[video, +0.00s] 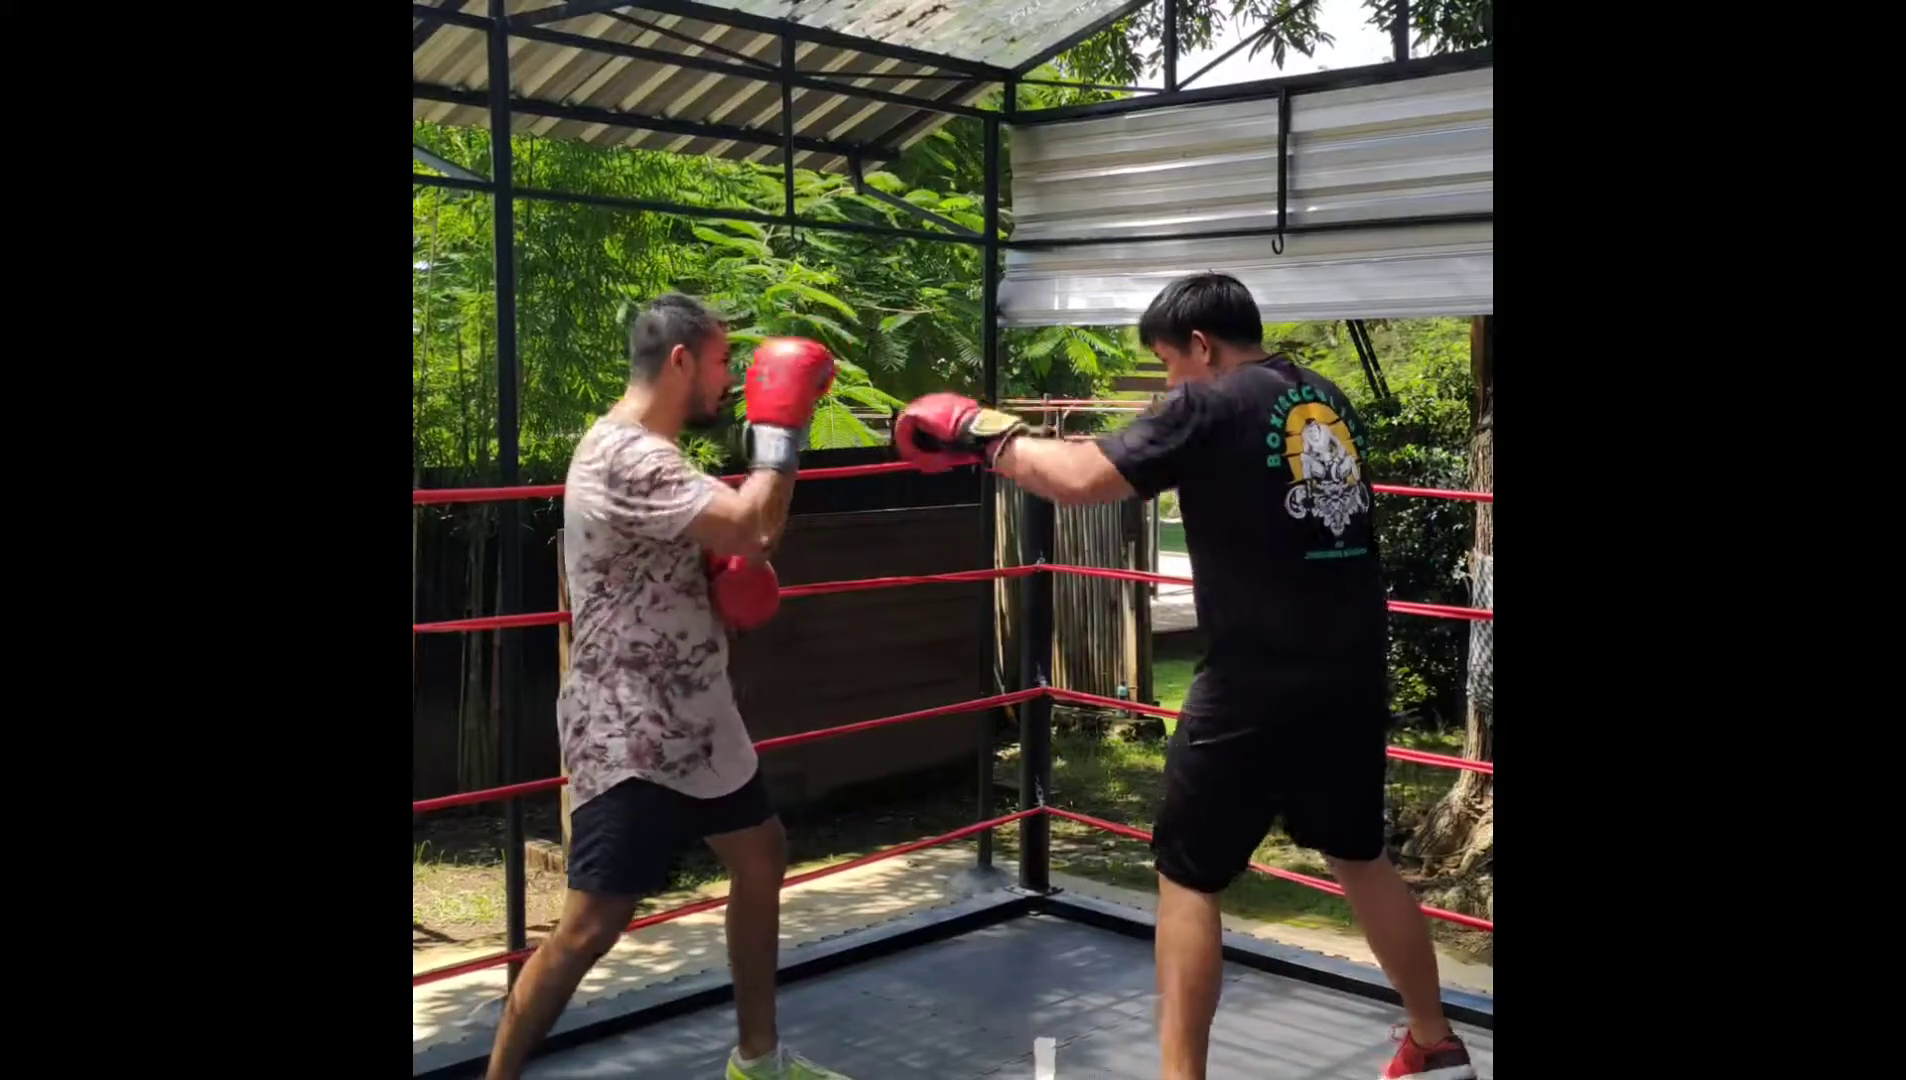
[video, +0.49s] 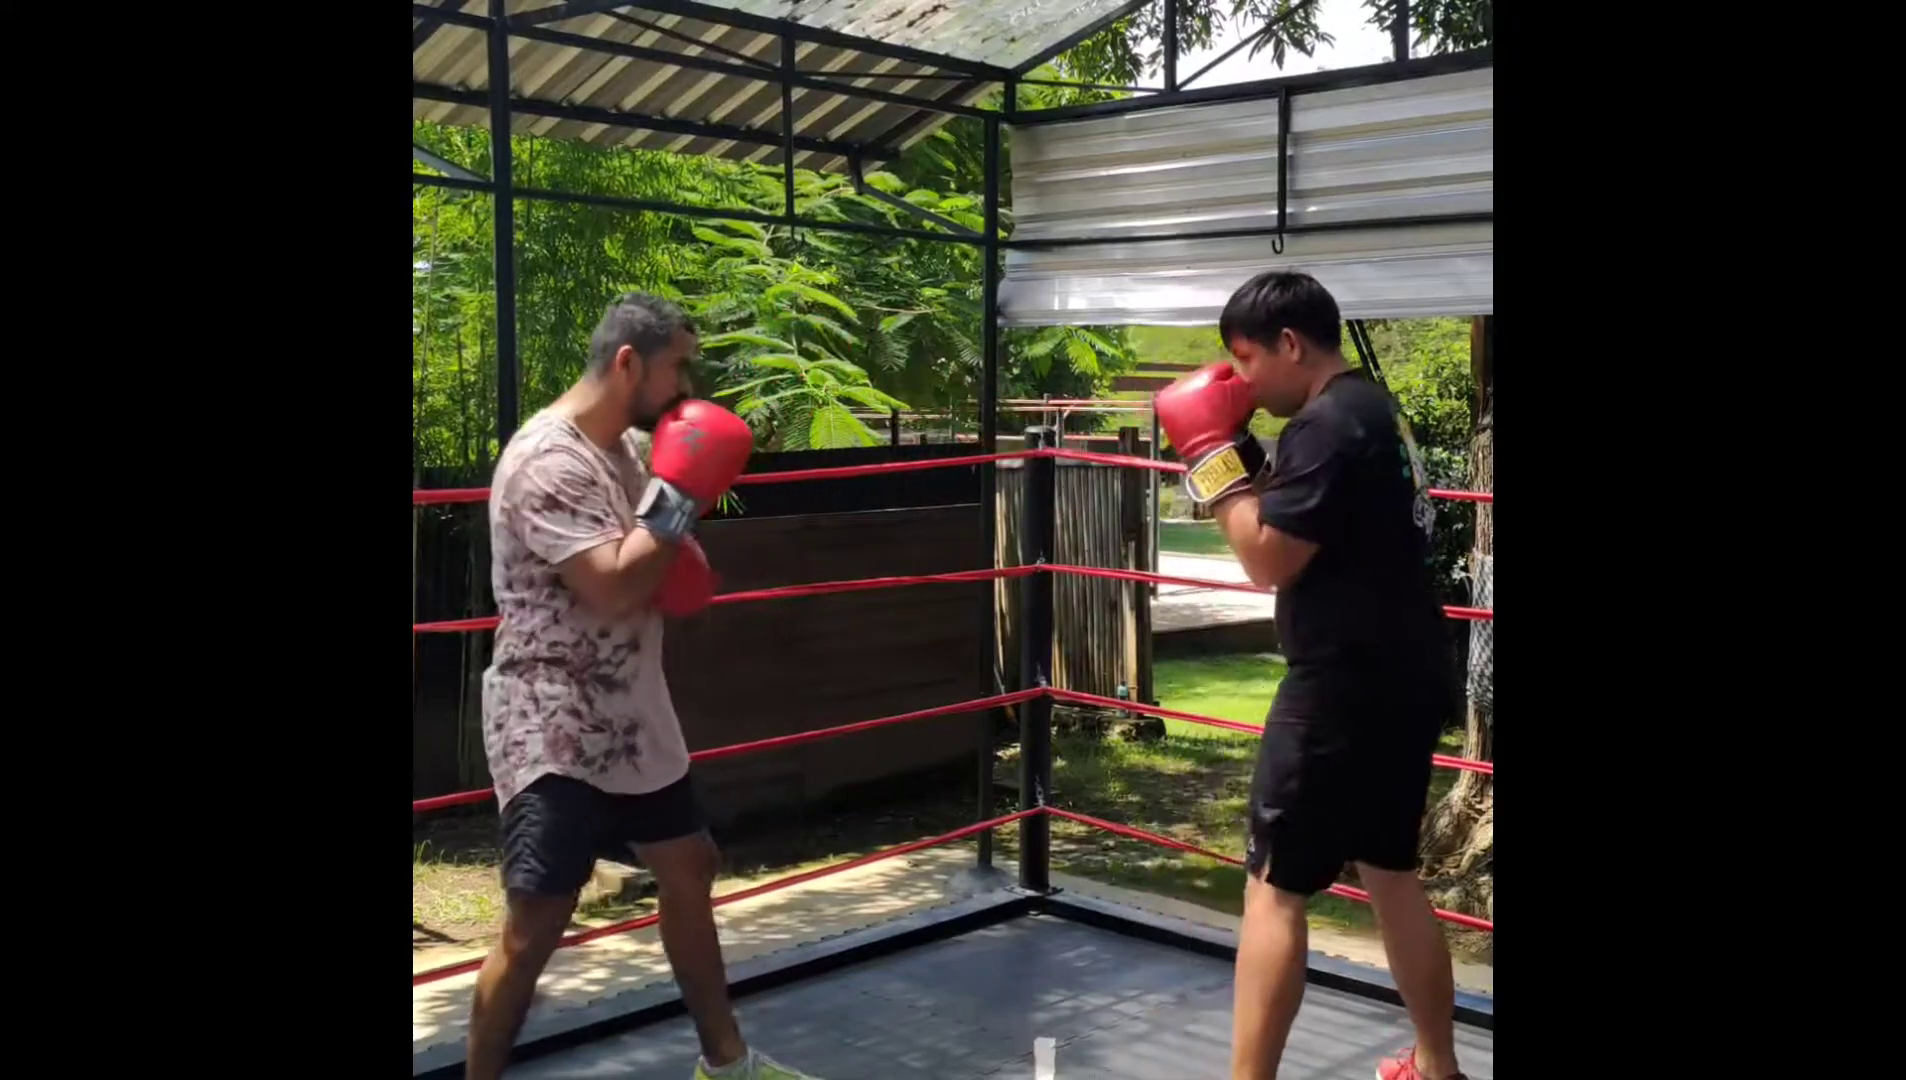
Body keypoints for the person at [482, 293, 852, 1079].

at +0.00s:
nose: (728, 377)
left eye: (729, 361)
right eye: (722, 359)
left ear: (663, 360)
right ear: (681, 360)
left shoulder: (653, 451)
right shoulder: (622, 455)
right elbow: (751, 524)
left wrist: (731, 588)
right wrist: (781, 427)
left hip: (696, 719)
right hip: (629, 729)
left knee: (761, 859)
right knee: (588, 928)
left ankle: (759, 1055)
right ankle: (497, 1074)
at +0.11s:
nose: (721, 376)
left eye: (721, 360)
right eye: (713, 359)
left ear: (662, 361)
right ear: (668, 360)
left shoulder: (662, 454)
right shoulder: (588, 463)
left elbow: (695, 556)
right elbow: (688, 573)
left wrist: (717, 587)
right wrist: (735, 477)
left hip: (683, 720)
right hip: (601, 730)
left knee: (741, 867)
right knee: (562, 927)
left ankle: (758, 1053)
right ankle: (488, 1074)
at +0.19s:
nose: (701, 391)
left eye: (702, 373)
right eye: (694, 372)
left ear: (645, 372)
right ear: (652, 371)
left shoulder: (656, 461)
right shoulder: (557, 468)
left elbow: (673, 566)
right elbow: (626, 594)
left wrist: (693, 605)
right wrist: (693, 505)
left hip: (655, 724)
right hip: (567, 733)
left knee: (712, 878)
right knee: (541, 926)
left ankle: (758, 1055)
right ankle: (484, 1075)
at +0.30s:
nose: (686, 405)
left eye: (689, 387)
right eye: (681, 386)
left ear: (632, 384)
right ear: (633, 381)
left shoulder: (640, 473)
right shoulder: (534, 480)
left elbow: (659, 577)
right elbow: (592, 609)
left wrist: (666, 615)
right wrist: (664, 528)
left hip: (629, 717)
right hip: (544, 726)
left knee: (698, 875)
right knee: (529, 937)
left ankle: (756, 1055)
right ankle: (481, 1076)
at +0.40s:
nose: (682, 399)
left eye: (685, 381)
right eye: (676, 379)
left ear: (627, 378)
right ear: (627, 374)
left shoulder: (634, 463)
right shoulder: (532, 473)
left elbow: (643, 566)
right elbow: (593, 604)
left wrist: (666, 600)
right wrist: (662, 516)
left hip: (626, 715)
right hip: (540, 725)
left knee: (692, 869)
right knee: (526, 935)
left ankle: (733, 1056)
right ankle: (479, 1075)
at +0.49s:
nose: (685, 388)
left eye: (688, 370)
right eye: (678, 367)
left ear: (627, 366)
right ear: (627, 362)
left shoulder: (627, 450)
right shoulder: (545, 459)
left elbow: (631, 571)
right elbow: (611, 590)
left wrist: (672, 581)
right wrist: (676, 489)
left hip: (635, 711)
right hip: (554, 722)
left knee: (688, 871)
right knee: (530, 933)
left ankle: (727, 1057)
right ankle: (480, 1074)